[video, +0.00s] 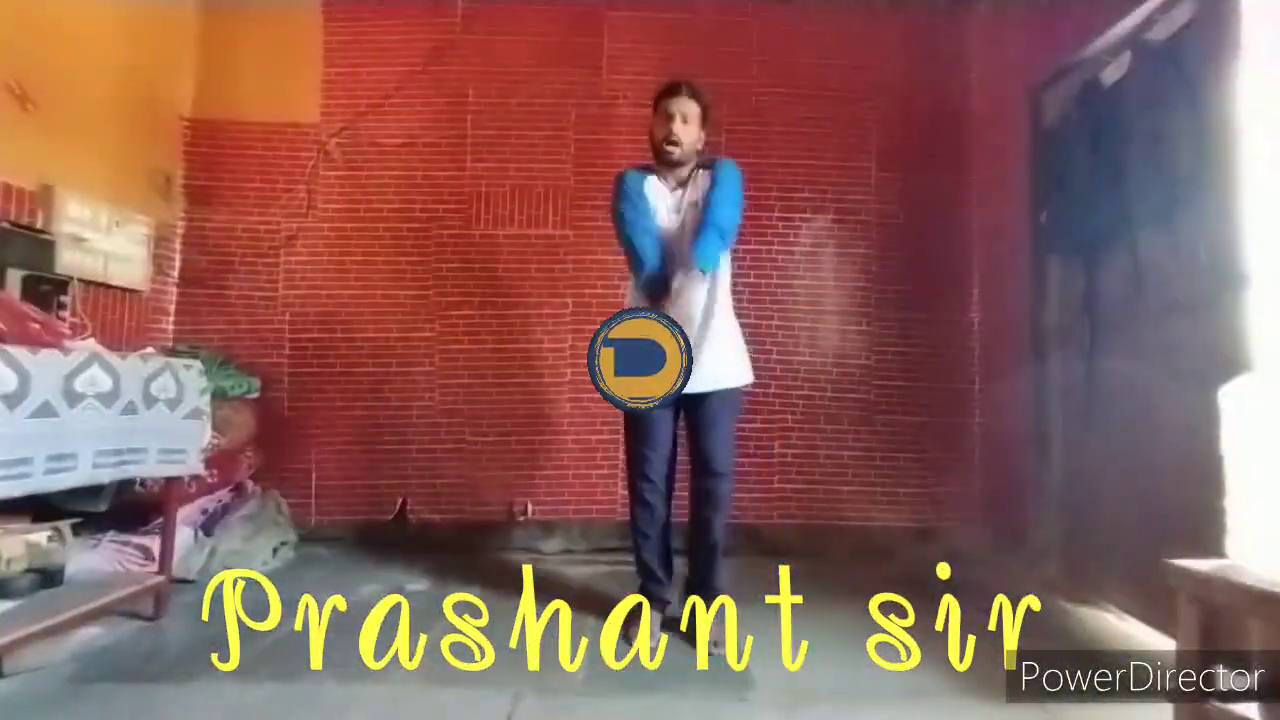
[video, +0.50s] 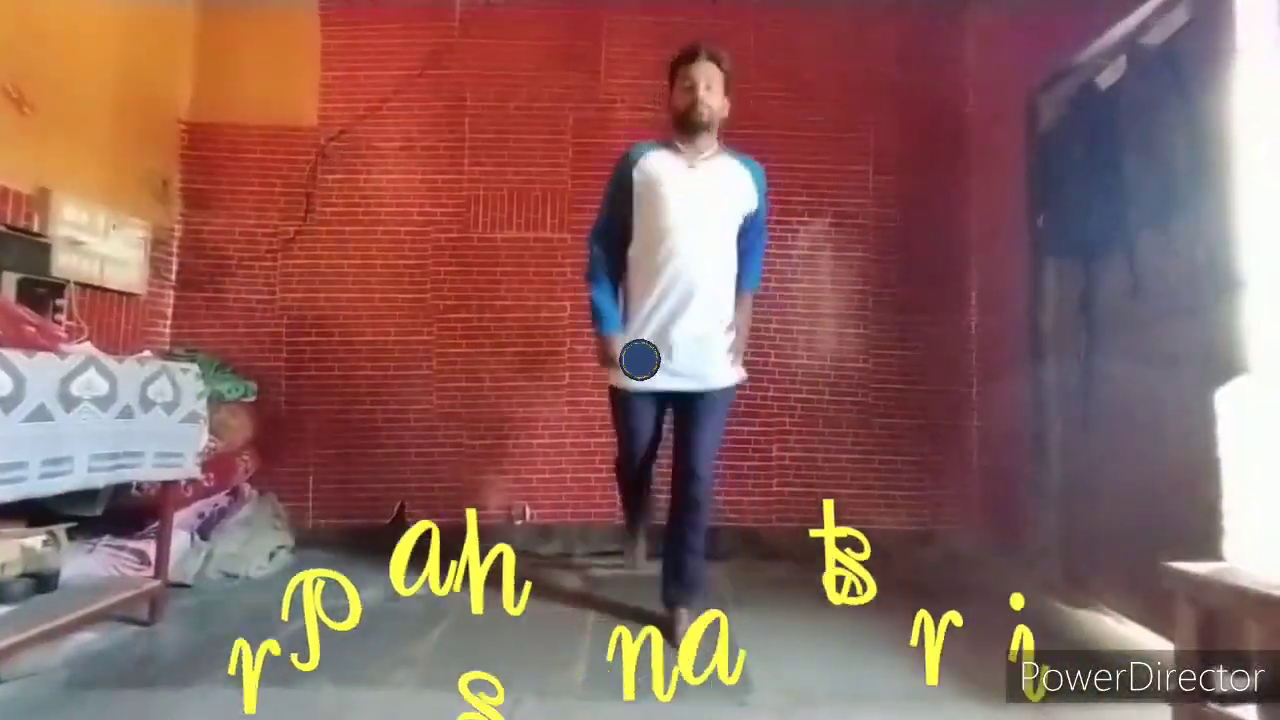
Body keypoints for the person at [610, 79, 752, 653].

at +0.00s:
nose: (675, 128)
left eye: (686, 120)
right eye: (667, 118)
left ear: (703, 130)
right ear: (653, 125)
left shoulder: (723, 177)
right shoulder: (634, 184)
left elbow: (721, 228)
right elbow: (635, 233)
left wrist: (695, 264)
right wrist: (653, 275)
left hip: (717, 359)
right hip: (654, 359)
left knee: (714, 486)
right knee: (649, 487)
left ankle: (705, 608)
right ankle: (656, 605)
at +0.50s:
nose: (702, 96)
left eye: (712, 86)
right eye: (690, 86)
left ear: (728, 98)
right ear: (672, 95)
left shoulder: (747, 176)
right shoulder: (639, 165)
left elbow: (751, 254)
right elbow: (603, 247)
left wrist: (742, 315)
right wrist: (608, 325)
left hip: (711, 355)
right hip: (640, 350)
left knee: (696, 482)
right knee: (634, 458)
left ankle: (682, 601)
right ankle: (636, 521)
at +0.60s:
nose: (703, 117)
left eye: (714, 107)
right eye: (691, 106)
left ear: (729, 119)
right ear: (673, 115)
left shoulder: (744, 202)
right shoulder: (640, 186)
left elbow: (746, 283)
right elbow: (604, 276)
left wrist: (750, 334)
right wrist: (600, 351)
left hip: (716, 372)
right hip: (649, 367)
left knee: (699, 497)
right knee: (632, 472)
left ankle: (678, 602)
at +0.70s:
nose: (701, 112)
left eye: (712, 103)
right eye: (690, 102)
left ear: (726, 114)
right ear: (672, 111)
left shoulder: (746, 197)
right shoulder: (639, 181)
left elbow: (755, 274)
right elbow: (608, 269)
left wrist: (753, 324)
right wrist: (600, 343)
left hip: (717, 366)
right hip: (648, 362)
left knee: (701, 496)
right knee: (639, 474)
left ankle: (681, 604)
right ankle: (652, 409)